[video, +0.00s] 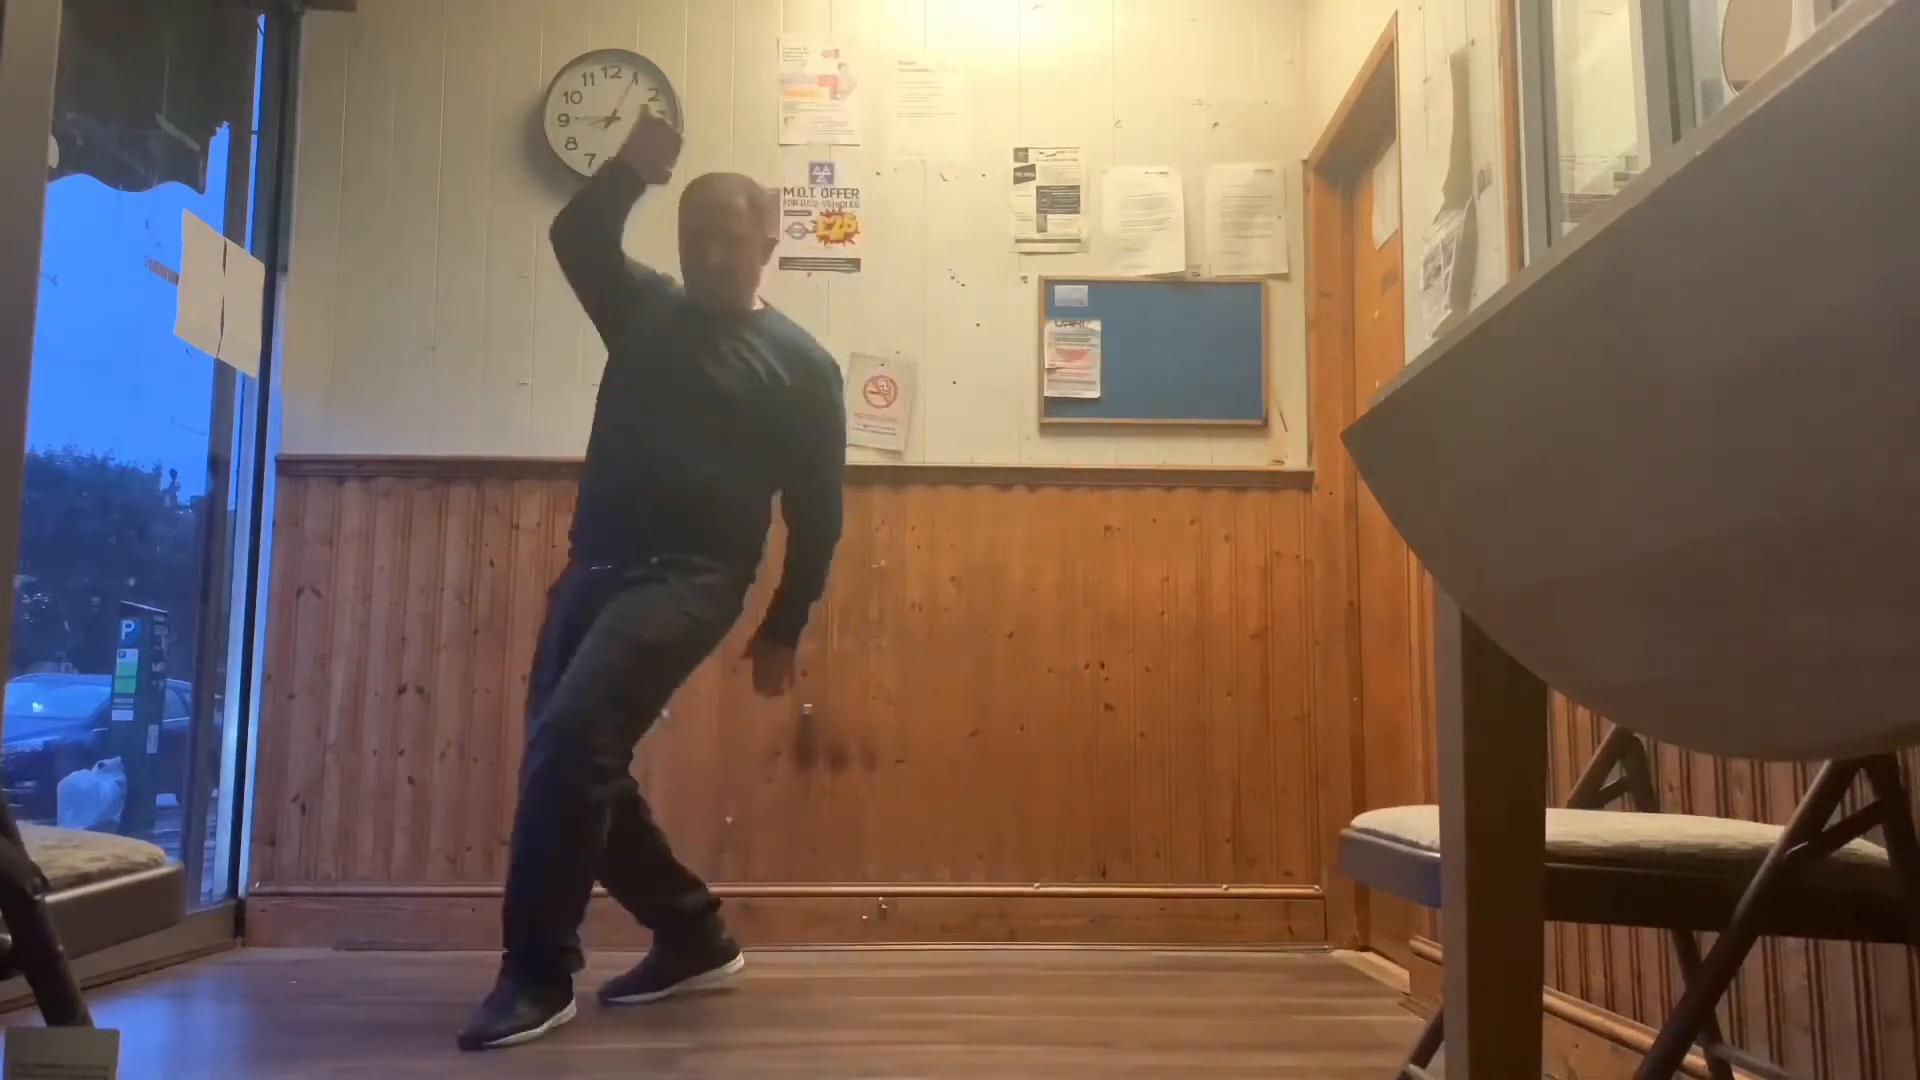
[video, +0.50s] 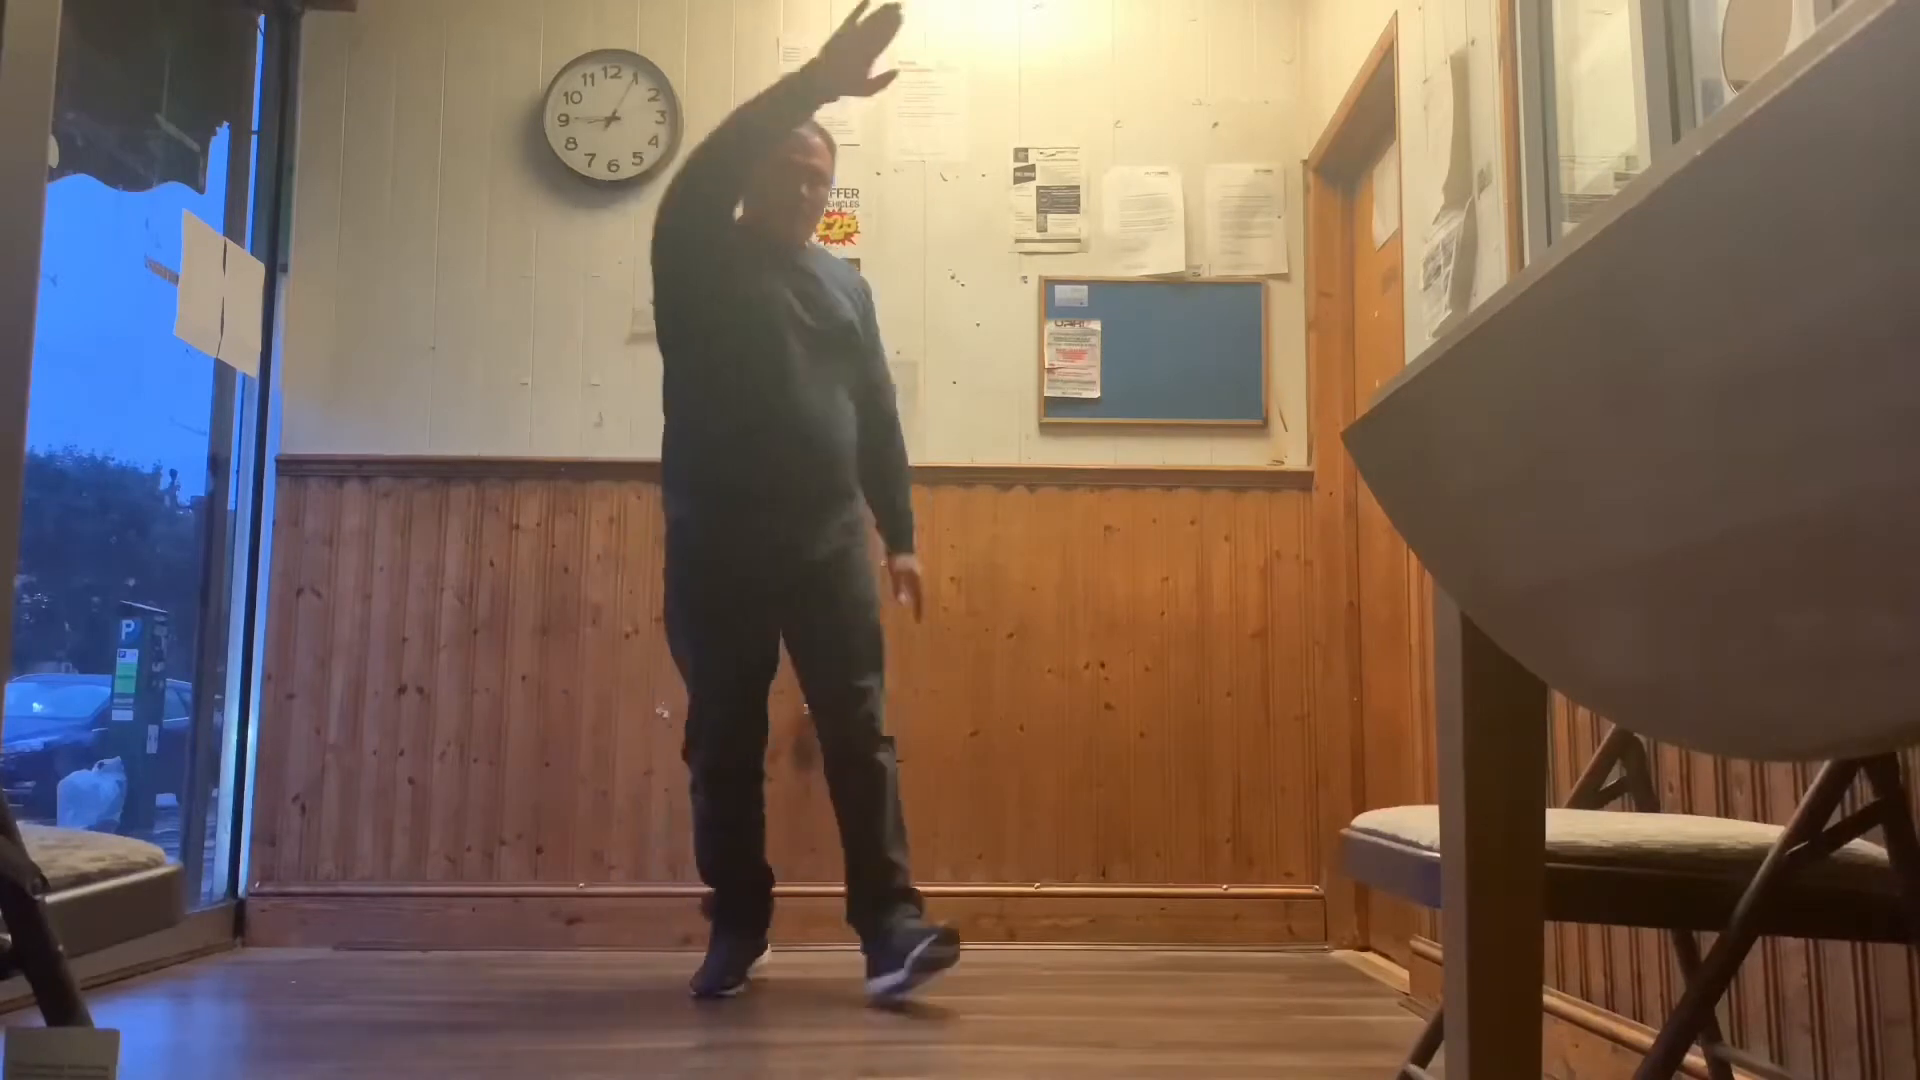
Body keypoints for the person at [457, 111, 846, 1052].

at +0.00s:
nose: (698, 255)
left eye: (718, 241)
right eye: (692, 237)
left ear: (765, 246)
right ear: (681, 238)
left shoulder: (802, 370)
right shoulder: (642, 312)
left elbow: (816, 518)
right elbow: (581, 240)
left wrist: (784, 628)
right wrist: (628, 171)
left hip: (691, 577)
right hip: (596, 569)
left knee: (572, 738)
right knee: (564, 757)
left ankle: (537, 978)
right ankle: (691, 929)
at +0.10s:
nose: (712, 222)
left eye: (733, 207)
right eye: (703, 206)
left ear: (774, 216)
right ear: (683, 216)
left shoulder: (804, 332)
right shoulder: (640, 289)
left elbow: (820, 467)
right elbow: (539, 281)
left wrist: (798, 554)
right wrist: (630, 239)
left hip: (723, 558)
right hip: (619, 549)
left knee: (640, 738)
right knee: (596, 744)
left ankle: (568, 963)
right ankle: (691, 928)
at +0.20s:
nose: (737, 209)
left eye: (753, 198)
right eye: (723, 196)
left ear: (783, 216)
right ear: (697, 209)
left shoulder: (807, 322)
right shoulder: (643, 294)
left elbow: (865, 455)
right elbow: (518, 321)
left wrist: (853, 432)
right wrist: (606, 281)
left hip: (744, 546)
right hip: (640, 544)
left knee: (708, 696)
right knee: (627, 749)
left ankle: (721, 910)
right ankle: (666, 937)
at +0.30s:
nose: (756, 203)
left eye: (773, 196)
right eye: (741, 189)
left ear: (793, 223)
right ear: (705, 208)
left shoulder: (812, 311)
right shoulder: (648, 287)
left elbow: (898, 412)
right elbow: (551, 267)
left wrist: (887, 400)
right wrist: (655, 201)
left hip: (768, 545)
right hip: (658, 549)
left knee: (790, 685)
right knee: (646, 765)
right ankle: (678, 942)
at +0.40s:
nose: (784, 173)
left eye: (797, 161)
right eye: (765, 157)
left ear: (811, 180)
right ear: (726, 166)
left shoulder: (831, 284)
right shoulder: (668, 255)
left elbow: (878, 384)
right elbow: (628, 192)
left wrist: (906, 461)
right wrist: (734, 117)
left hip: (806, 515)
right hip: (693, 523)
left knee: (847, 683)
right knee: (694, 737)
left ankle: (853, 841)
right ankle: (700, 929)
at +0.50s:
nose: (812, 188)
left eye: (823, 177)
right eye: (796, 171)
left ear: (830, 194)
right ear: (749, 176)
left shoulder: (845, 287)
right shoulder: (697, 261)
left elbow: (877, 415)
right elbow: (710, 169)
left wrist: (900, 537)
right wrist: (814, 82)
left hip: (829, 535)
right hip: (719, 537)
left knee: (860, 731)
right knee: (723, 746)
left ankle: (890, 929)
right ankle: (735, 927)